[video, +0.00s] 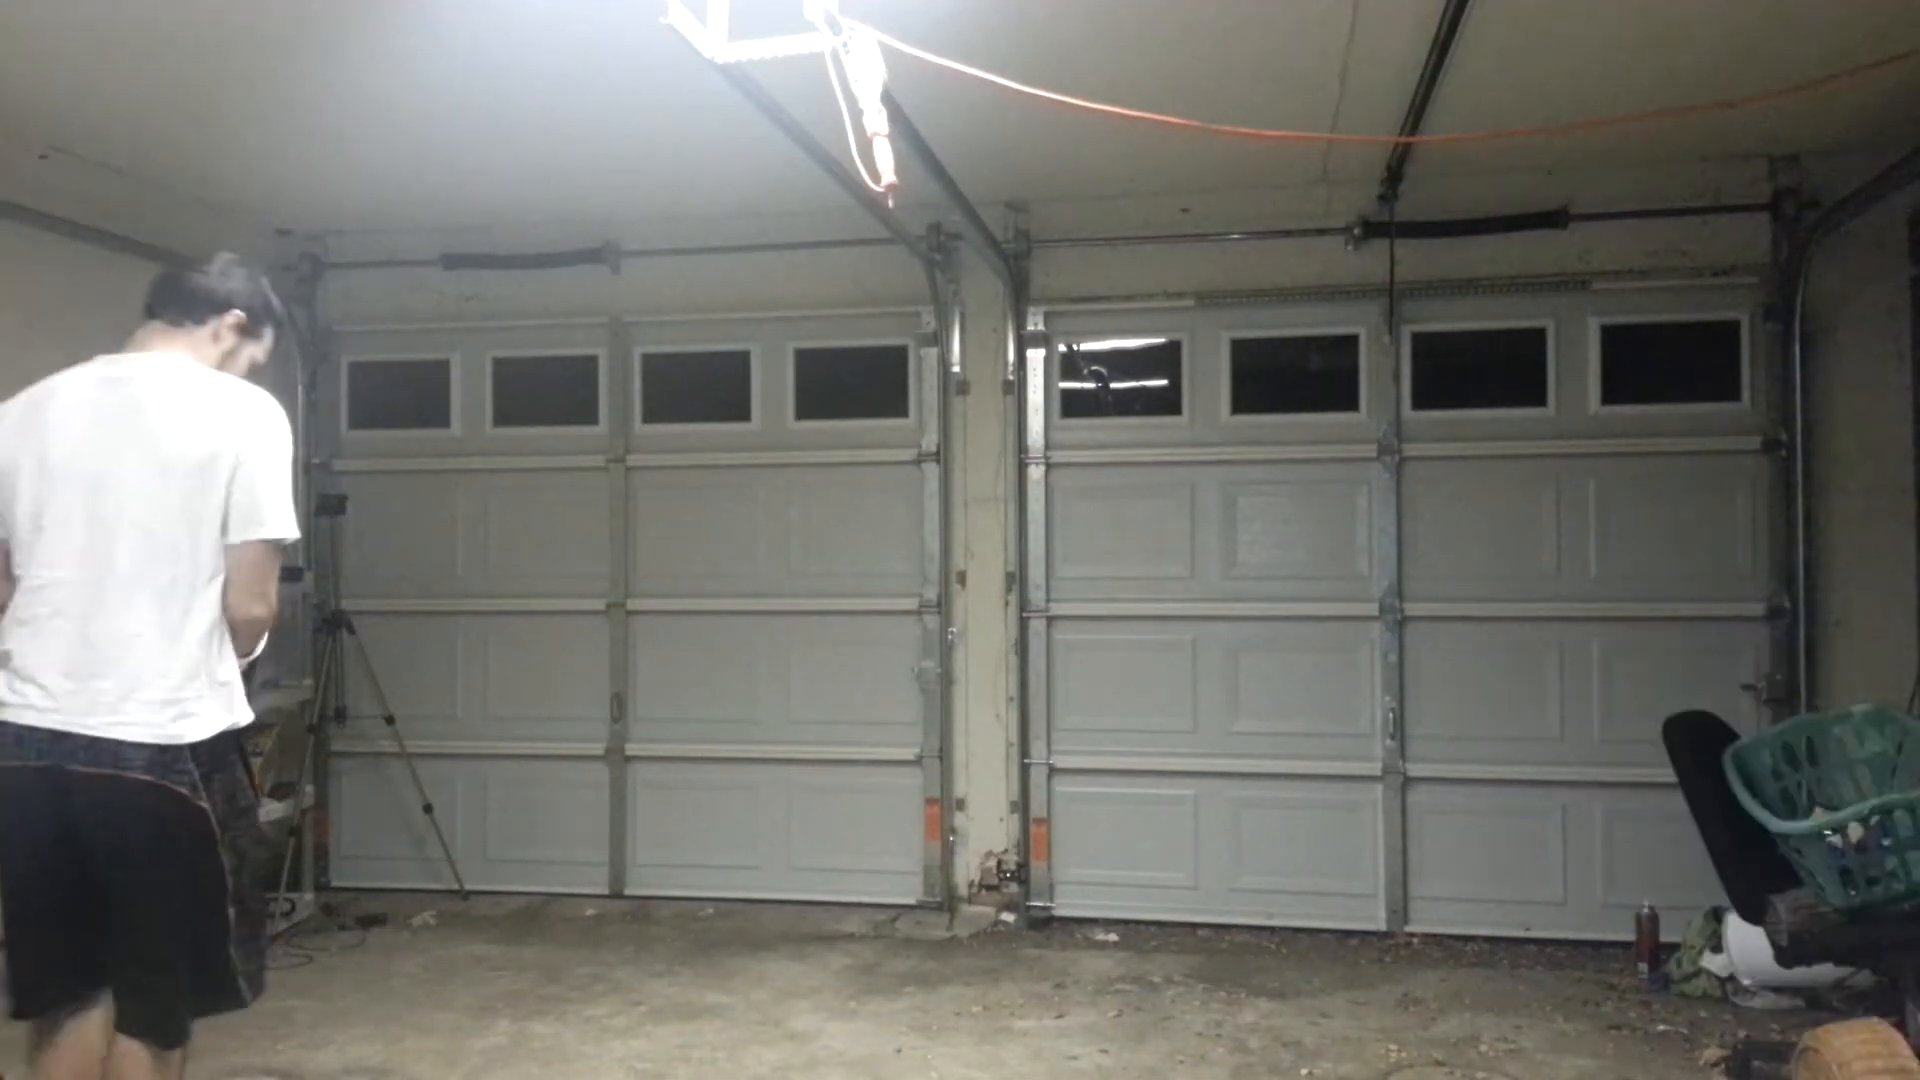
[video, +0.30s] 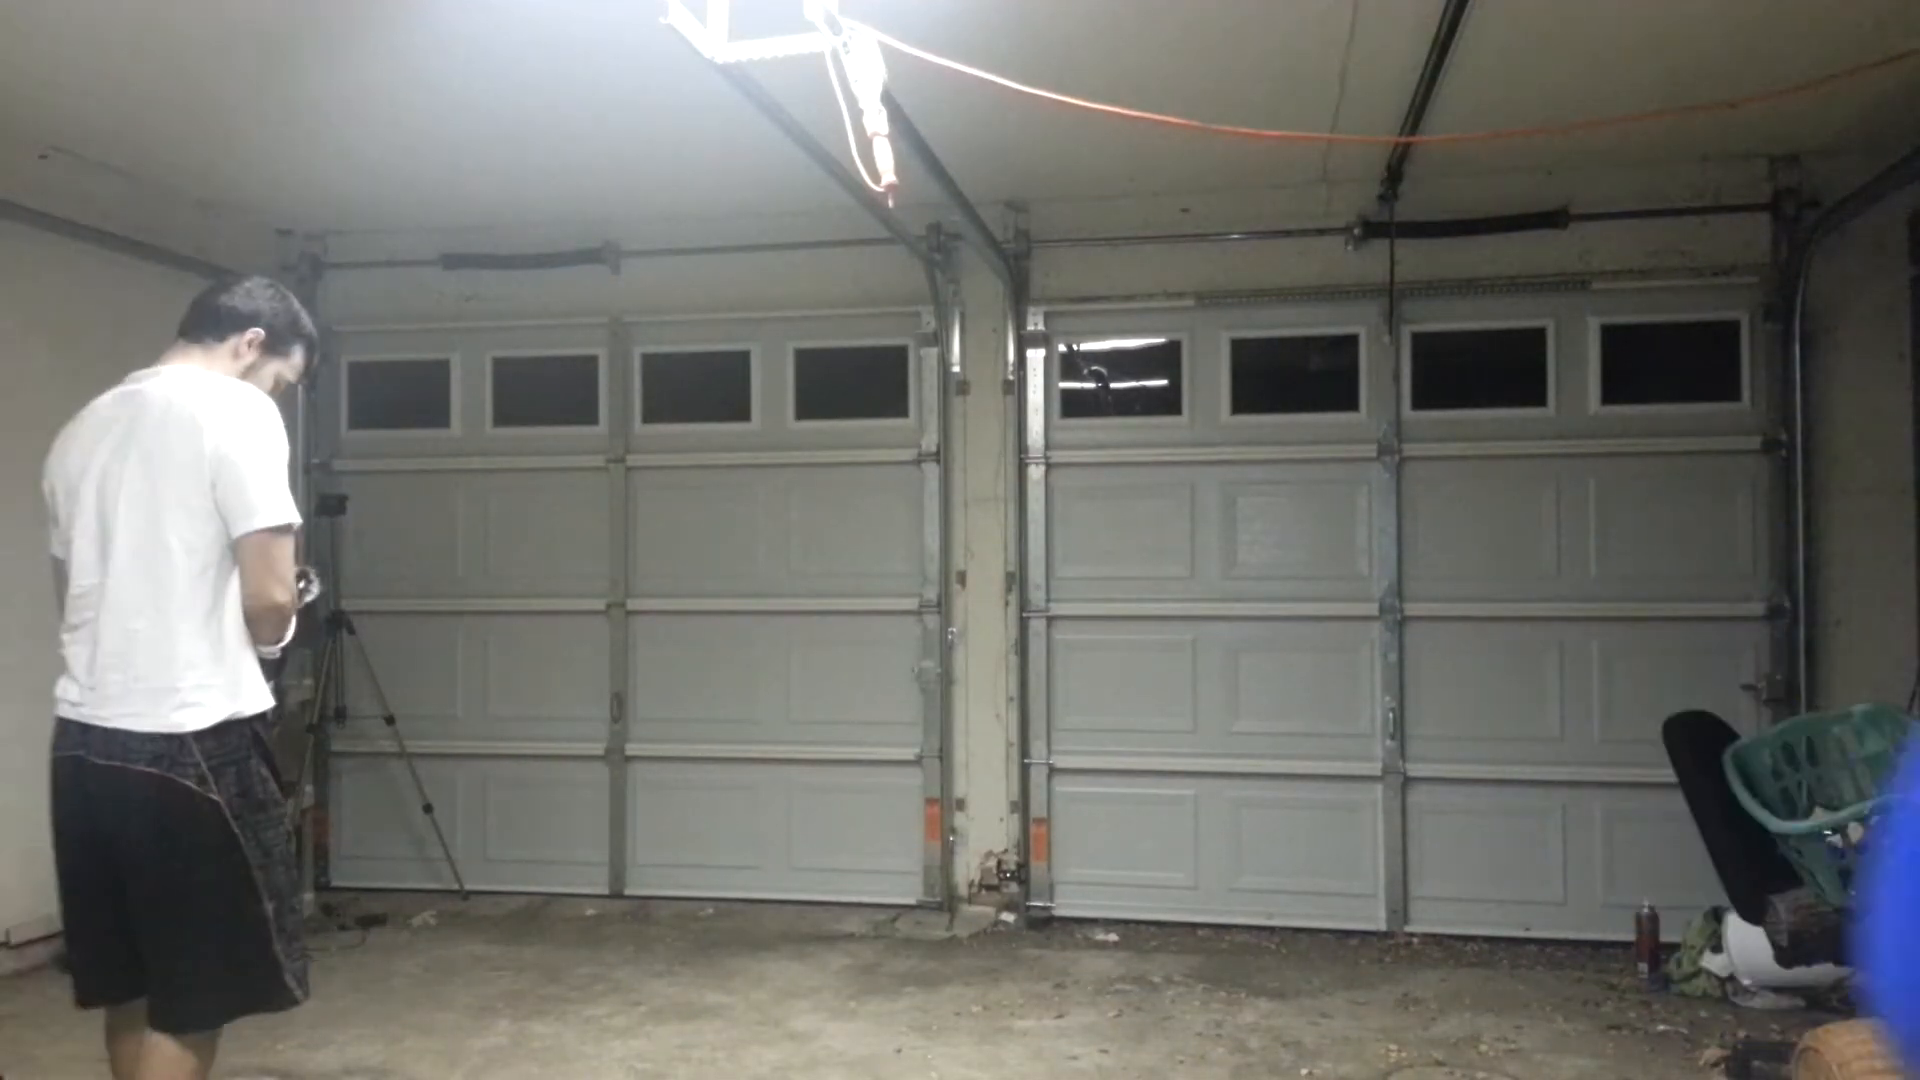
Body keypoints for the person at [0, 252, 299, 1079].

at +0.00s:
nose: (246, 379)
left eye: (256, 366)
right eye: (254, 362)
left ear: (157, 316)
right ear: (231, 329)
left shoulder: (27, 408)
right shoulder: (245, 415)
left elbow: (8, 579)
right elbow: (251, 607)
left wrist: (69, 656)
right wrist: (206, 683)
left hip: (26, 756)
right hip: (163, 762)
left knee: (67, 1008)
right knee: (154, 1025)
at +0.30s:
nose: (274, 402)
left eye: (285, 389)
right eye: (281, 384)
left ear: (191, 336)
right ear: (250, 343)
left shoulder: (79, 428)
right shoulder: (235, 412)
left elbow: (77, 588)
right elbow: (270, 596)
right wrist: (269, 638)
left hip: (84, 758)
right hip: (192, 763)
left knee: (127, 1006)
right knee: (186, 1020)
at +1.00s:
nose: (405, 421)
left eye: (417, 410)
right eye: (406, 398)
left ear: (356, 358)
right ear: (362, 353)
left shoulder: (286, 415)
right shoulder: (310, 424)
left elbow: (311, 590)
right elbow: (335, 598)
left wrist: (406, 564)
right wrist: (425, 667)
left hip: (253, 727)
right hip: (298, 732)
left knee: (233, 962)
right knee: (324, 972)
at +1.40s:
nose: (504, 424)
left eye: (517, 411)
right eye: (506, 401)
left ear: (459, 361)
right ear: (460, 357)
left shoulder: (418, 424)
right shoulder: (390, 419)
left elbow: (397, 574)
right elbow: (418, 598)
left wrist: (483, 561)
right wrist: (525, 652)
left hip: (408, 733)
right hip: (358, 739)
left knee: (435, 958)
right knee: (365, 990)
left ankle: (410, 1069)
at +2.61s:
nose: (581, 331)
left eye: (595, 311)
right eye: (560, 312)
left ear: (613, 314)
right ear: (514, 316)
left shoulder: (641, 425)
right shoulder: (458, 435)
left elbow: (692, 551)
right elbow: (418, 604)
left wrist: (718, 606)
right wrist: (544, 670)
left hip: (636, 737)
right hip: (512, 749)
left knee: (647, 957)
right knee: (527, 994)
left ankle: (592, 1078)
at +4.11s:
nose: (591, 329)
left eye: (607, 307)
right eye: (567, 304)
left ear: (623, 303)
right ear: (500, 290)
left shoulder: (631, 407)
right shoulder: (407, 402)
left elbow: (722, 573)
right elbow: (426, 574)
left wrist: (701, 441)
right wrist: (493, 411)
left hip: (624, 774)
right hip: (461, 783)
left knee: (685, 1040)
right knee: (461, 1059)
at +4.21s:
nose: (578, 336)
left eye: (593, 313)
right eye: (553, 312)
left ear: (610, 304)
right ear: (486, 296)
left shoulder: (628, 410)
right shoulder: (398, 406)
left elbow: (724, 577)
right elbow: (417, 585)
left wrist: (718, 488)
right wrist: (480, 424)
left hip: (619, 787)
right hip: (452, 789)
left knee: (664, 1056)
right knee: (445, 1061)